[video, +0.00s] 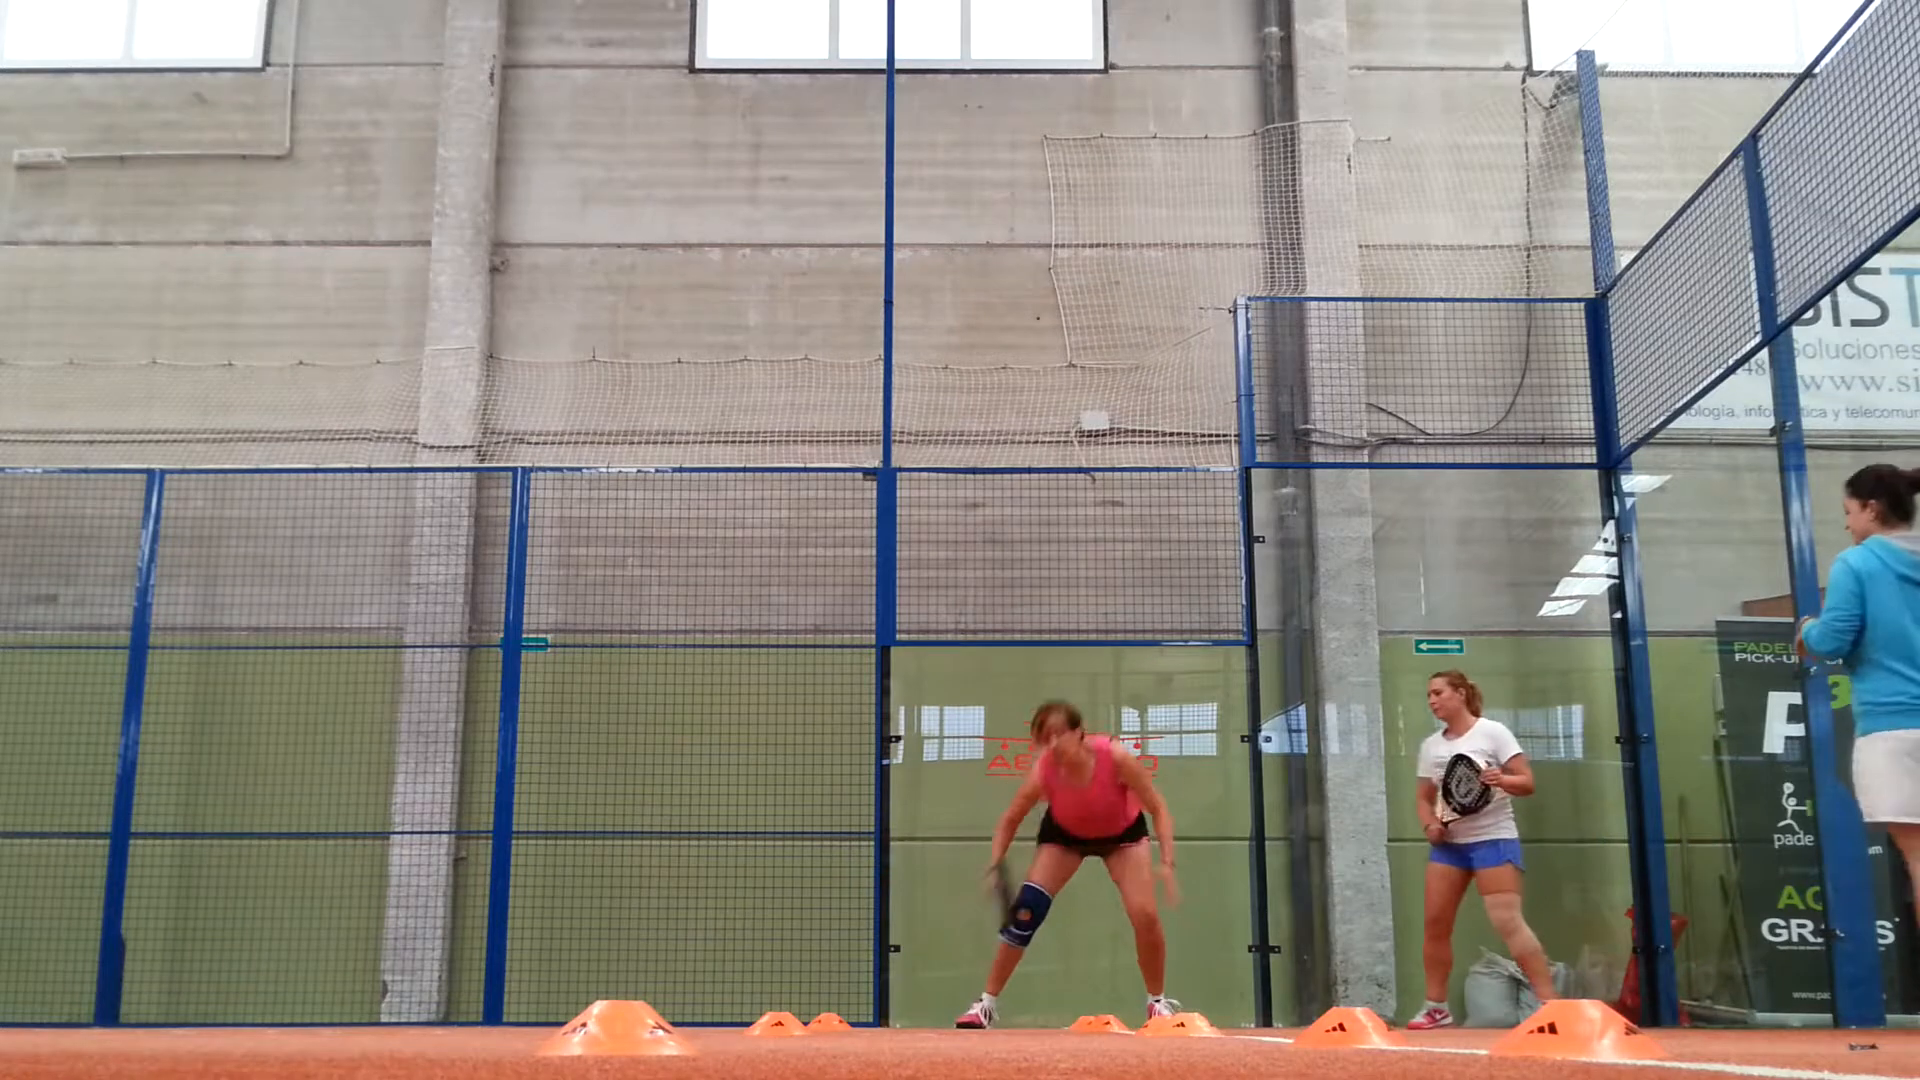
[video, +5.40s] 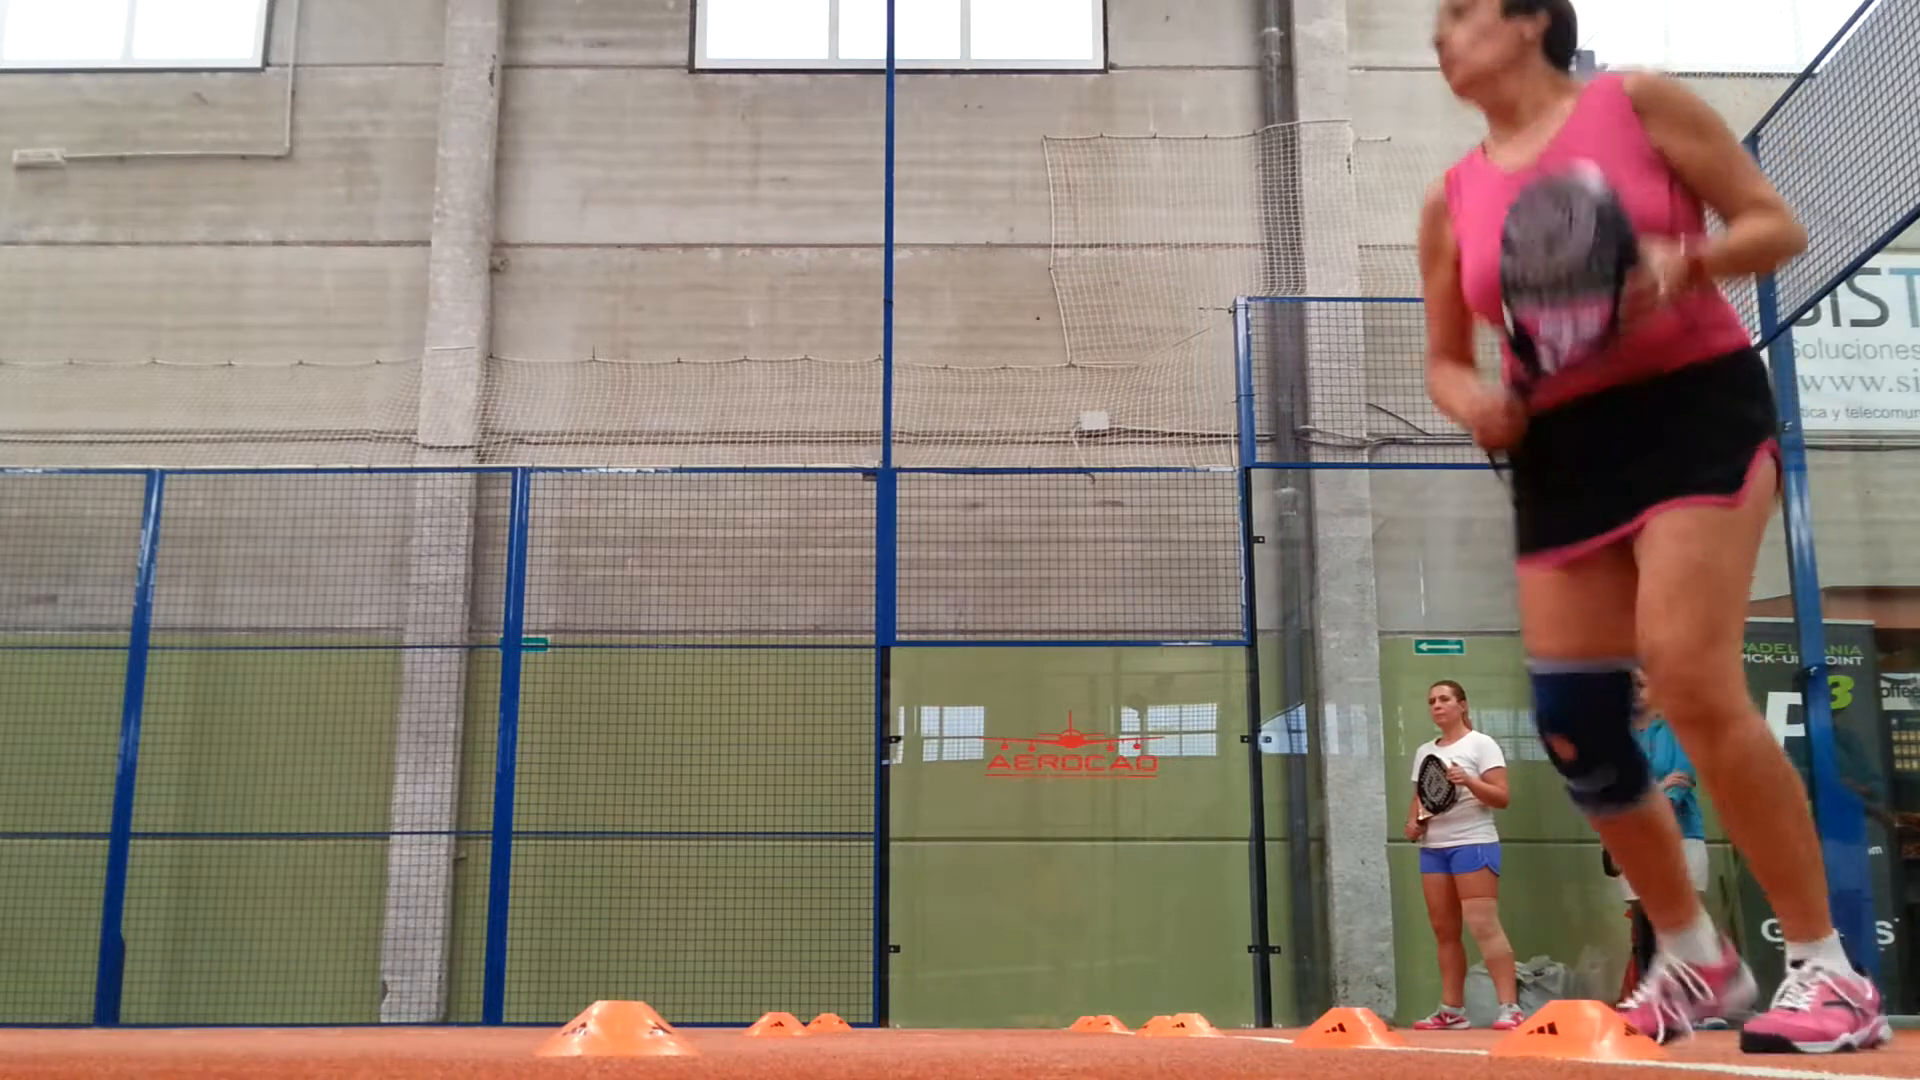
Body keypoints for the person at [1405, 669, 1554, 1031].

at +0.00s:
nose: (1432, 701)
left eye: (1438, 693)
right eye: (1430, 695)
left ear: (1461, 694)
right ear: (1434, 701)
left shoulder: (1494, 733)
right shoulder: (1431, 745)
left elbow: (1527, 783)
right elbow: (1425, 796)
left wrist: (1503, 781)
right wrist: (1430, 823)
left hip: (1493, 840)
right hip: (1450, 843)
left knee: (1507, 922)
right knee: (1435, 922)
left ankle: (1551, 1004)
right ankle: (1436, 1008)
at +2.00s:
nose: (1440, 709)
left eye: (1447, 703)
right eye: (1436, 705)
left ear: (1467, 708)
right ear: (1435, 714)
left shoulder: (1487, 746)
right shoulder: (1431, 755)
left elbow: (1508, 799)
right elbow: (1427, 798)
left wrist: (1475, 786)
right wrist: (1422, 822)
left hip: (1480, 848)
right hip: (1440, 849)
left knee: (1489, 929)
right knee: (1446, 932)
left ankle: (1521, 1006)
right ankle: (1453, 1009)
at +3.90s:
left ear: (1464, 710)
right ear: (1418, 712)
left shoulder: (1477, 742)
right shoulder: (1415, 749)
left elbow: (1498, 795)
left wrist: (1459, 779)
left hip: (1463, 850)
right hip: (1430, 849)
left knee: (1476, 926)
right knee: (1443, 931)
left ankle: (1493, 989)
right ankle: (1451, 1004)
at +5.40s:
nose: (1437, 706)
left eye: (1444, 699)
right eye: (1433, 702)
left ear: (1463, 706)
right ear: (1430, 710)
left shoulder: (1483, 745)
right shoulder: (1425, 753)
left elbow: (1501, 797)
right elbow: (1418, 795)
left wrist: (1468, 780)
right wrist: (1414, 821)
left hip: (1473, 845)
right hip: (1434, 848)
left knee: (1483, 926)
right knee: (1445, 930)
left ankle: (1509, 1007)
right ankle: (1452, 1009)